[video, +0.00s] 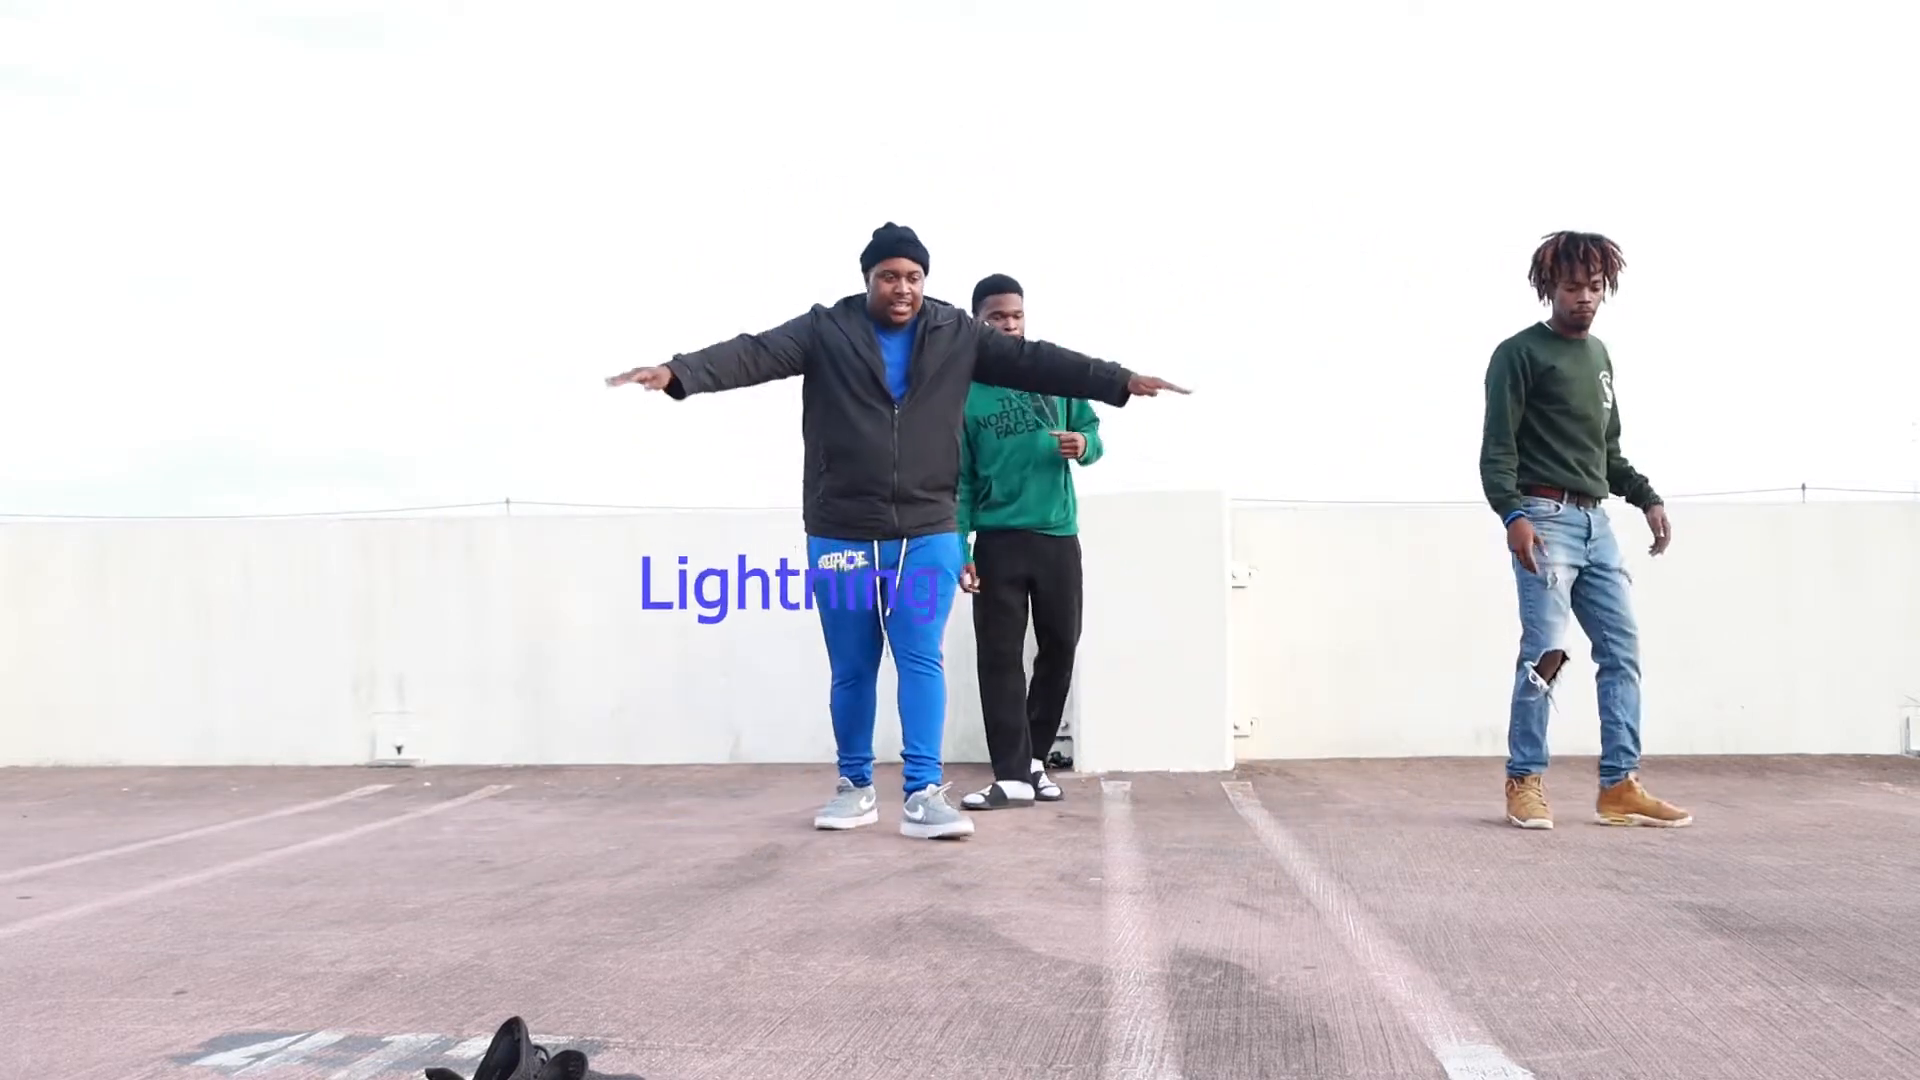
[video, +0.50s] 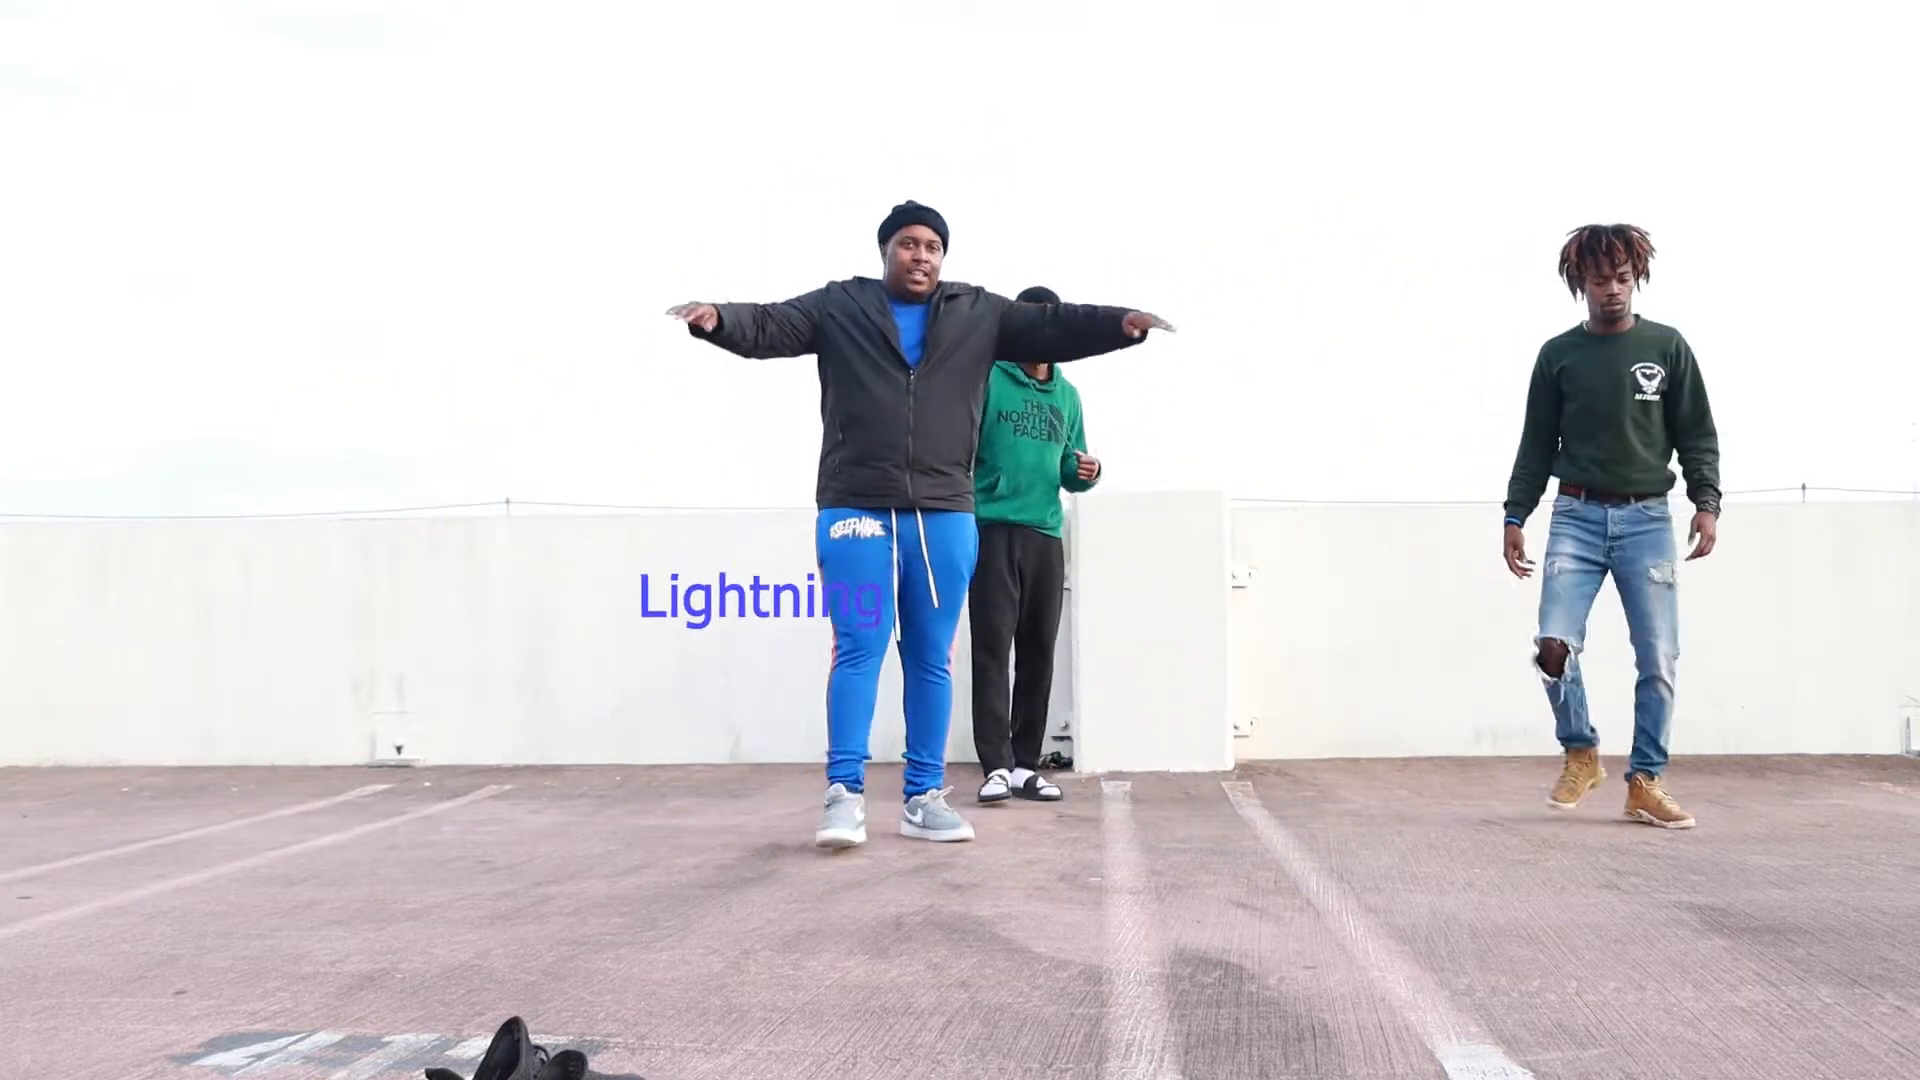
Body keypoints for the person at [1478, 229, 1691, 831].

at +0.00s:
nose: (1586, 296)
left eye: (1595, 285)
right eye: (1574, 285)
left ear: (1605, 288)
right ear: (1550, 286)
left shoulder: (1597, 355)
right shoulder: (1517, 354)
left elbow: (1607, 451)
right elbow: (1496, 452)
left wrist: (1648, 500)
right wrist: (1514, 515)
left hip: (1595, 518)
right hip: (1541, 516)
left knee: (1619, 650)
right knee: (1546, 650)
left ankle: (1619, 785)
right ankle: (1524, 781)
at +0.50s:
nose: (1612, 289)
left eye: (1622, 277)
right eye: (1599, 279)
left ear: (1637, 277)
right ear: (1580, 282)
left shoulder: (1667, 347)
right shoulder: (1557, 354)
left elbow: (1696, 431)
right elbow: (1537, 443)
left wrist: (1705, 503)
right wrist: (1514, 516)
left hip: (1648, 517)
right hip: (1575, 516)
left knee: (1660, 657)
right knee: (1553, 648)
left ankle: (1646, 781)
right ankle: (1579, 754)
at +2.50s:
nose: (1588, 301)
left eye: (1597, 287)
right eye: (1576, 291)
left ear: (1620, 283)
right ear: (1563, 292)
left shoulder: (1659, 349)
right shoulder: (1547, 361)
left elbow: (1685, 441)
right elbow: (1539, 450)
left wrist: (1686, 525)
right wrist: (1540, 523)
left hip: (1645, 518)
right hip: (1571, 521)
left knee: (1662, 656)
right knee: (1563, 653)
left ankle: (1675, 781)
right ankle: (1573, 786)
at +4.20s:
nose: (1507, 317)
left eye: (1517, 304)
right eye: (1496, 308)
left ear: (1542, 297)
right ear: (1486, 309)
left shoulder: (1586, 357)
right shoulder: (1484, 374)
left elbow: (1638, 432)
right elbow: (1478, 464)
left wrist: (1605, 502)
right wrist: (1463, 535)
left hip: (1571, 528)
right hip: (1505, 530)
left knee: (1585, 659)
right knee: (1490, 654)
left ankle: (1625, 782)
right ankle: (1499, 778)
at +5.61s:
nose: (1486, 310)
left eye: (1497, 297)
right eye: (1476, 299)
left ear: (1522, 292)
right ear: (1466, 299)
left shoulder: (1559, 342)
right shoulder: (1455, 352)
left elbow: (1591, 426)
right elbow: (1442, 435)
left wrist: (1593, 505)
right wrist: (1431, 506)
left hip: (1543, 518)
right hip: (1474, 518)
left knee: (1540, 654)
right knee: (1459, 641)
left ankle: (1534, 775)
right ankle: (1495, 762)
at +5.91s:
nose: (1473, 309)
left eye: (1483, 296)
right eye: (1463, 300)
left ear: (1511, 292)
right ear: (1455, 302)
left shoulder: (1549, 345)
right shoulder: (1454, 357)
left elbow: (1570, 437)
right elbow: (1446, 441)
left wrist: (1552, 511)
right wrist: (1439, 520)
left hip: (1530, 519)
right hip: (1469, 519)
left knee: (1527, 649)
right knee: (1467, 652)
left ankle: (1532, 775)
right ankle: (1497, 768)